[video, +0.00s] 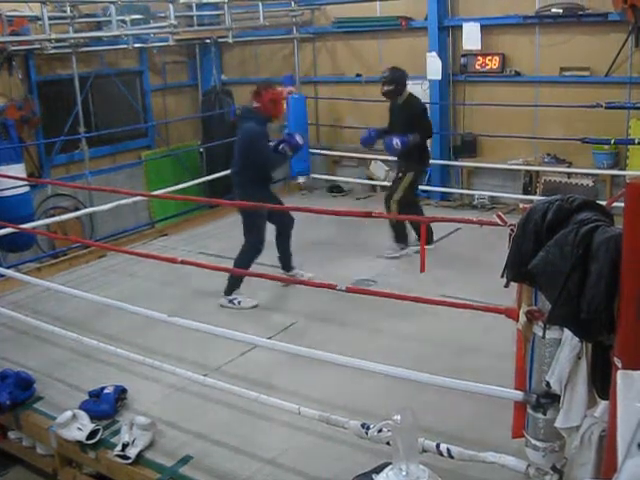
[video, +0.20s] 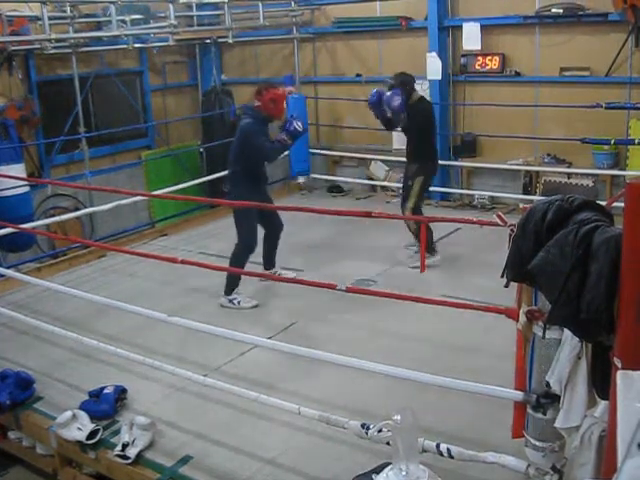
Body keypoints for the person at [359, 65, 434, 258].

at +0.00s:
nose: (384, 89)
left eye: (388, 85)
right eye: (383, 85)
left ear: (399, 85)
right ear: (388, 85)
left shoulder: (415, 105)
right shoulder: (394, 104)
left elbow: (427, 132)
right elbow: (394, 128)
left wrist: (405, 141)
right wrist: (377, 134)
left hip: (416, 161)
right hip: (403, 160)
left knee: (393, 199)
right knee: (408, 201)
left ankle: (402, 243)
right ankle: (426, 237)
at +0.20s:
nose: (395, 94)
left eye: (397, 90)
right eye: (394, 90)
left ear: (408, 88)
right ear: (402, 90)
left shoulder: (422, 106)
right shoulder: (407, 106)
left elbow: (412, 131)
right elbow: (391, 126)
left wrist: (398, 111)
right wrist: (379, 111)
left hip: (425, 163)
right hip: (414, 162)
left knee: (410, 208)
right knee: (409, 206)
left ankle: (429, 250)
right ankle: (423, 244)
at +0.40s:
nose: (400, 95)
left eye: (401, 91)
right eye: (398, 91)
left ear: (408, 90)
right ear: (414, 87)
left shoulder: (422, 107)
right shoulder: (419, 105)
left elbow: (403, 127)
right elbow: (402, 126)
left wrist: (390, 111)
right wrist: (390, 110)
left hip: (435, 166)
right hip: (431, 164)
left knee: (424, 213)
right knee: (423, 209)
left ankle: (434, 256)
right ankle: (426, 243)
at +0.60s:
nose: (405, 93)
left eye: (406, 89)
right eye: (404, 89)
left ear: (413, 89)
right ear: (423, 86)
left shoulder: (428, 106)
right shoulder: (436, 101)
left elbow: (405, 126)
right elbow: (409, 123)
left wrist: (398, 109)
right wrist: (400, 110)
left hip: (440, 167)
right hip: (451, 165)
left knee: (432, 214)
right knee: (446, 210)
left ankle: (434, 256)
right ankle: (468, 246)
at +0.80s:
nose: (414, 96)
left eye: (415, 92)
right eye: (414, 92)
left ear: (422, 94)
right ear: (433, 91)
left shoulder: (435, 113)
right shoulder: (448, 110)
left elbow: (413, 134)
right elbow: (422, 129)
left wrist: (404, 114)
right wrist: (411, 115)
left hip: (449, 176)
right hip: (465, 174)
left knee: (431, 215)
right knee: (464, 222)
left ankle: (434, 256)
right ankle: (479, 266)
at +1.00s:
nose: (415, 101)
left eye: (416, 97)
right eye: (415, 97)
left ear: (421, 99)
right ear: (435, 95)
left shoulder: (431, 117)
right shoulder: (452, 111)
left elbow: (407, 137)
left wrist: (401, 115)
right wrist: (413, 111)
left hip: (448, 181)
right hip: (466, 178)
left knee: (422, 219)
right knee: (462, 227)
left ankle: (421, 265)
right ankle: (479, 269)